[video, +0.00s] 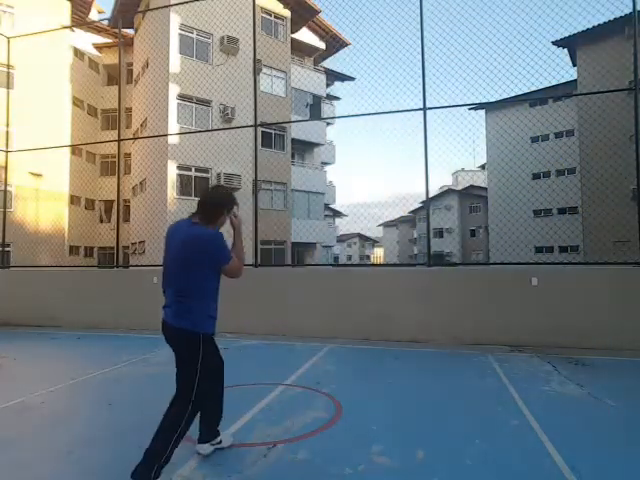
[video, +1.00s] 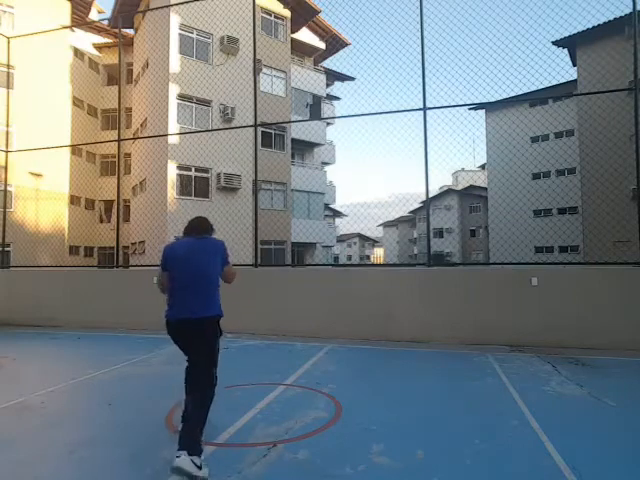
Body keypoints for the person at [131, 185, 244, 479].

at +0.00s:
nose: (229, 217)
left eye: (230, 212)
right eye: (229, 212)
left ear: (201, 206)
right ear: (221, 212)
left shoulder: (176, 229)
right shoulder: (211, 239)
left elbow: (167, 276)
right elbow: (235, 270)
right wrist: (238, 231)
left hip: (174, 324)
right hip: (195, 330)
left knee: (215, 368)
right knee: (188, 398)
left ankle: (209, 437)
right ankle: (146, 472)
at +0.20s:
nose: (228, 220)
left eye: (229, 214)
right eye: (226, 214)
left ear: (198, 208)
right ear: (212, 213)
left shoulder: (173, 227)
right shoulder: (201, 240)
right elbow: (227, 275)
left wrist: (211, 229)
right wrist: (234, 240)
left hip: (169, 321)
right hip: (186, 327)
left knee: (206, 368)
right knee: (184, 394)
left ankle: (203, 424)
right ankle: (147, 472)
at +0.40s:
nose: (219, 224)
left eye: (221, 219)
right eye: (218, 218)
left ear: (193, 212)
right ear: (208, 216)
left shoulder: (177, 235)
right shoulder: (190, 240)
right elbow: (206, 282)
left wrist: (214, 233)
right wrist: (224, 256)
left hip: (178, 321)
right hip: (188, 325)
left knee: (194, 375)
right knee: (191, 392)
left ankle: (191, 418)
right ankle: (149, 469)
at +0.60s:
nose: (208, 221)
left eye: (207, 217)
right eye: (208, 217)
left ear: (182, 215)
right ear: (204, 217)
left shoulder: (166, 238)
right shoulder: (211, 236)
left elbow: (183, 259)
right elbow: (232, 268)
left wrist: (195, 232)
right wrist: (214, 244)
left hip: (175, 322)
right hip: (204, 322)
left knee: (188, 374)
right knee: (209, 384)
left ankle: (188, 427)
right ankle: (186, 453)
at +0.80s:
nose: (204, 230)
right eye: (202, 228)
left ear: (178, 233)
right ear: (200, 231)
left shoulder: (167, 248)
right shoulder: (211, 239)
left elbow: (164, 286)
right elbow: (231, 246)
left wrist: (184, 296)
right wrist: (210, 241)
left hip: (177, 325)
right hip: (208, 323)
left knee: (186, 367)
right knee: (208, 390)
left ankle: (185, 419)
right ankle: (190, 460)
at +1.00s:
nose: (210, 235)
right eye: (210, 232)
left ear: (186, 232)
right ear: (210, 232)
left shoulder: (171, 248)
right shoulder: (216, 246)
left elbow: (164, 286)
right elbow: (229, 277)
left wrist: (177, 274)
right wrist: (214, 263)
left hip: (176, 323)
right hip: (206, 322)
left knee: (195, 361)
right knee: (204, 382)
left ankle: (190, 415)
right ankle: (188, 451)